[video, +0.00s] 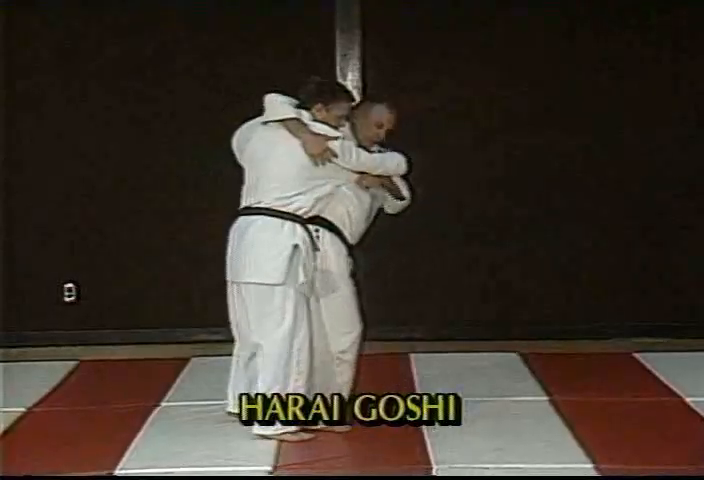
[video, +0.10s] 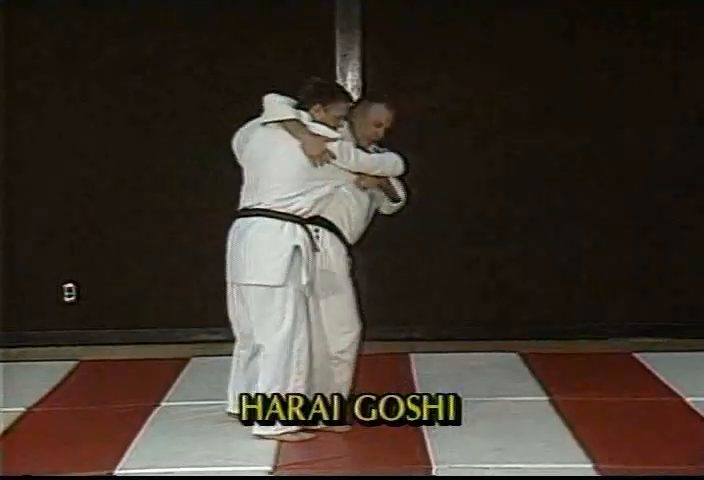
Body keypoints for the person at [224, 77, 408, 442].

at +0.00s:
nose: (343, 123)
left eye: (345, 116)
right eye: (341, 115)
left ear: (306, 109)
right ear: (320, 108)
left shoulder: (254, 132)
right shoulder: (326, 142)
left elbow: (238, 137)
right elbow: (387, 165)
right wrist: (398, 161)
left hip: (241, 236)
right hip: (279, 240)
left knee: (247, 332)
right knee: (281, 330)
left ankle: (244, 408)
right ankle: (272, 419)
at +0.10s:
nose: (341, 123)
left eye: (343, 116)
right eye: (339, 115)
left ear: (304, 109)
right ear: (318, 109)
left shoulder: (253, 133)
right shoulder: (325, 143)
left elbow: (239, 138)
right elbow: (385, 165)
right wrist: (395, 162)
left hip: (241, 236)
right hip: (279, 240)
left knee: (247, 332)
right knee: (281, 331)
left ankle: (243, 408)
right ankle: (272, 419)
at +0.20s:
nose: (340, 124)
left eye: (341, 117)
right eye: (337, 116)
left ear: (301, 110)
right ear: (317, 111)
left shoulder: (252, 134)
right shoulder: (324, 145)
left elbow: (238, 137)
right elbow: (383, 166)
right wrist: (391, 163)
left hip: (240, 234)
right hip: (278, 239)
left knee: (247, 333)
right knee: (281, 332)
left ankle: (242, 408)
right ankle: (272, 420)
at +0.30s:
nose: (339, 125)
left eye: (341, 118)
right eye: (336, 117)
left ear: (300, 110)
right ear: (316, 111)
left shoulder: (251, 135)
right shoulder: (322, 146)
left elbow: (237, 135)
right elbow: (381, 167)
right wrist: (388, 163)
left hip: (239, 239)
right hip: (276, 244)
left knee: (246, 335)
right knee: (279, 334)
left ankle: (243, 408)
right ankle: (271, 420)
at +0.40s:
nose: (339, 126)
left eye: (341, 119)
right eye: (336, 118)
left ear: (299, 111)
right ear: (316, 113)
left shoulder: (251, 136)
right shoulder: (323, 147)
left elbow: (235, 134)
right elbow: (378, 167)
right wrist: (387, 161)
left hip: (238, 238)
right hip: (276, 244)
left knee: (245, 334)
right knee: (279, 334)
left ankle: (241, 409)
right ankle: (269, 421)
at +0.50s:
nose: (341, 128)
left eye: (342, 120)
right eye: (338, 119)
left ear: (299, 113)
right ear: (317, 114)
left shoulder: (253, 138)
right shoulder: (324, 149)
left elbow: (234, 136)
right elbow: (379, 169)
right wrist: (386, 163)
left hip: (239, 244)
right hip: (278, 248)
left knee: (246, 337)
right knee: (282, 336)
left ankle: (239, 410)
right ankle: (269, 421)